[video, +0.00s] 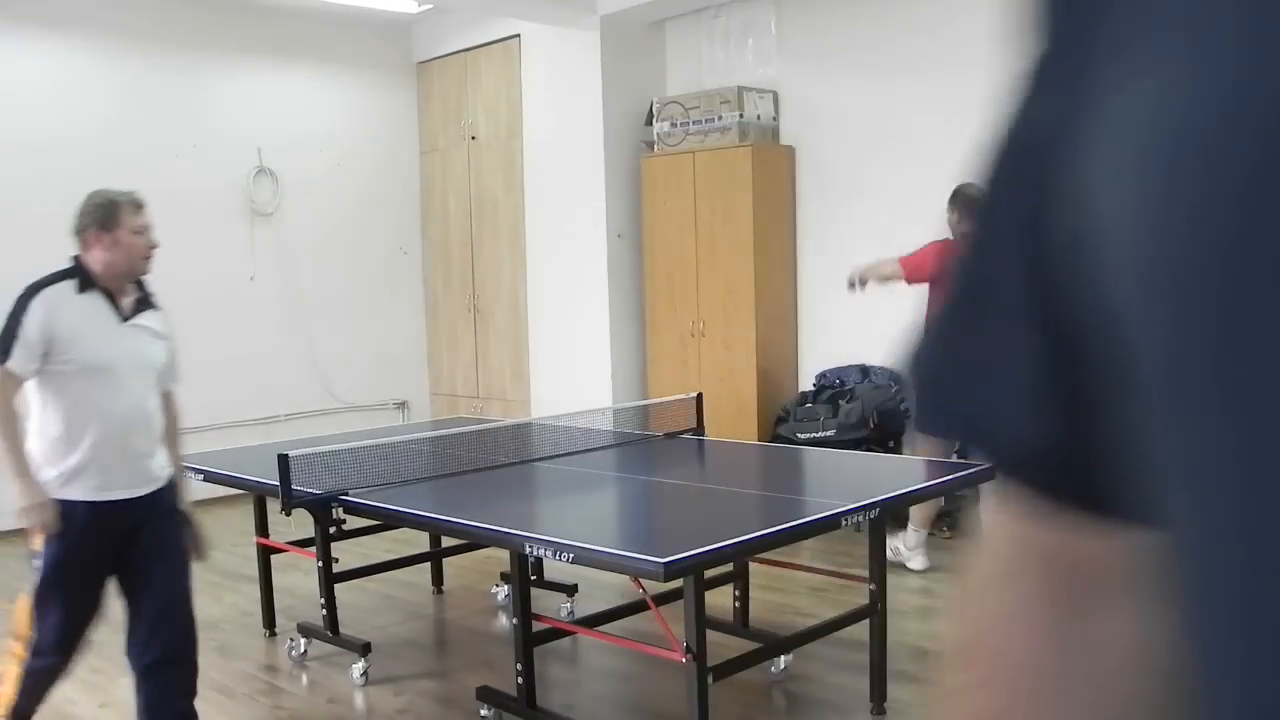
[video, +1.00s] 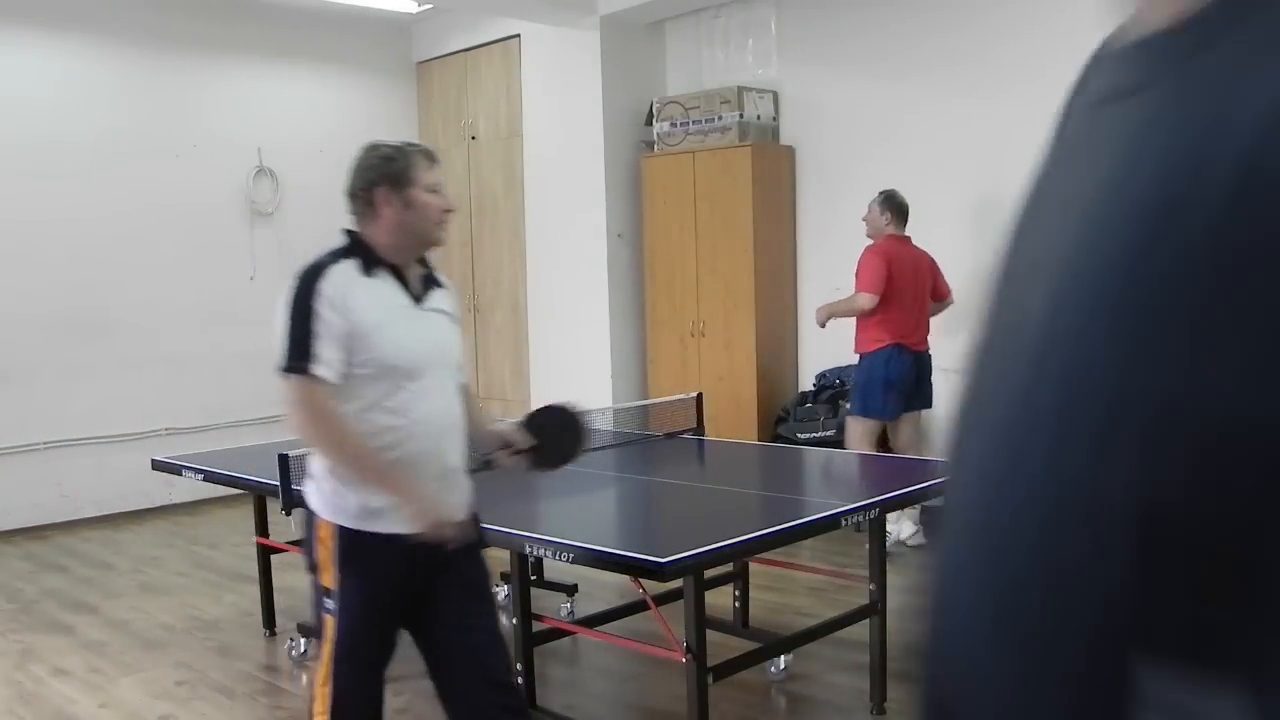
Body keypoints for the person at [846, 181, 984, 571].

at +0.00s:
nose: (951, 222)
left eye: (952, 216)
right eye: (953, 216)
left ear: (957, 217)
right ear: (989, 218)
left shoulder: (948, 252)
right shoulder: (1006, 255)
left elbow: (899, 269)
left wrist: (866, 273)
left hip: (945, 369)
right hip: (994, 368)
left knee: (930, 455)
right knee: (995, 457)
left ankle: (913, 543)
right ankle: (998, 546)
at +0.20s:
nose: (924, 228)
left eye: (924, 223)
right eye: (928, 222)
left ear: (930, 223)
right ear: (964, 223)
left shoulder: (922, 258)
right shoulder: (989, 265)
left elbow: (898, 303)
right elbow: (1018, 317)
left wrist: (860, 314)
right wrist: (983, 342)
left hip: (924, 375)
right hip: (974, 377)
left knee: (913, 464)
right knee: (978, 467)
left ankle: (907, 543)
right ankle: (992, 559)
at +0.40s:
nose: (899, 225)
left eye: (899, 220)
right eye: (902, 220)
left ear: (903, 219)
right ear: (936, 219)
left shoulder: (893, 256)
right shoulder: (963, 260)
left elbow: (873, 306)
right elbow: (988, 314)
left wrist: (849, 318)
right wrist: (953, 338)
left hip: (900, 370)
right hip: (947, 371)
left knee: (900, 460)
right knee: (944, 456)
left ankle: (906, 542)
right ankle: (965, 518)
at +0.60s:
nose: (880, 223)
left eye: (881, 218)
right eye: (881, 218)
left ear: (887, 218)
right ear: (919, 218)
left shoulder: (877, 255)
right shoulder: (946, 258)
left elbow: (848, 307)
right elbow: (974, 308)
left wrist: (841, 319)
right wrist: (945, 334)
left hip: (890, 365)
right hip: (934, 365)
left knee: (898, 457)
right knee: (923, 448)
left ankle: (905, 542)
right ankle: (930, 527)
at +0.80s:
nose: (870, 226)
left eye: (872, 219)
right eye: (871, 219)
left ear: (883, 219)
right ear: (908, 221)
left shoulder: (875, 256)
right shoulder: (934, 259)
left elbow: (856, 306)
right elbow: (966, 305)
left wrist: (834, 318)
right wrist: (934, 329)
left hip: (885, 364)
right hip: (925, 365)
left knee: (893, 455)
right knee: (914, 450)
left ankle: (907, 542)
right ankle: (910, 533)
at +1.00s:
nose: (864, 218)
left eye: (869, 212)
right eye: (866, 212)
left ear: (885, 217)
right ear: (897, 219)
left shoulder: (876, 252)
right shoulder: (923, 257)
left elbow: (866, 300)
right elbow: (943, 299)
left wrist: (829, 309)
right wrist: (912, 313)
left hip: (880, 359)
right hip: (916, 360)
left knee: (859, 445)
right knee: (907, 444)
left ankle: (891, 521)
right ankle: (910, 524)